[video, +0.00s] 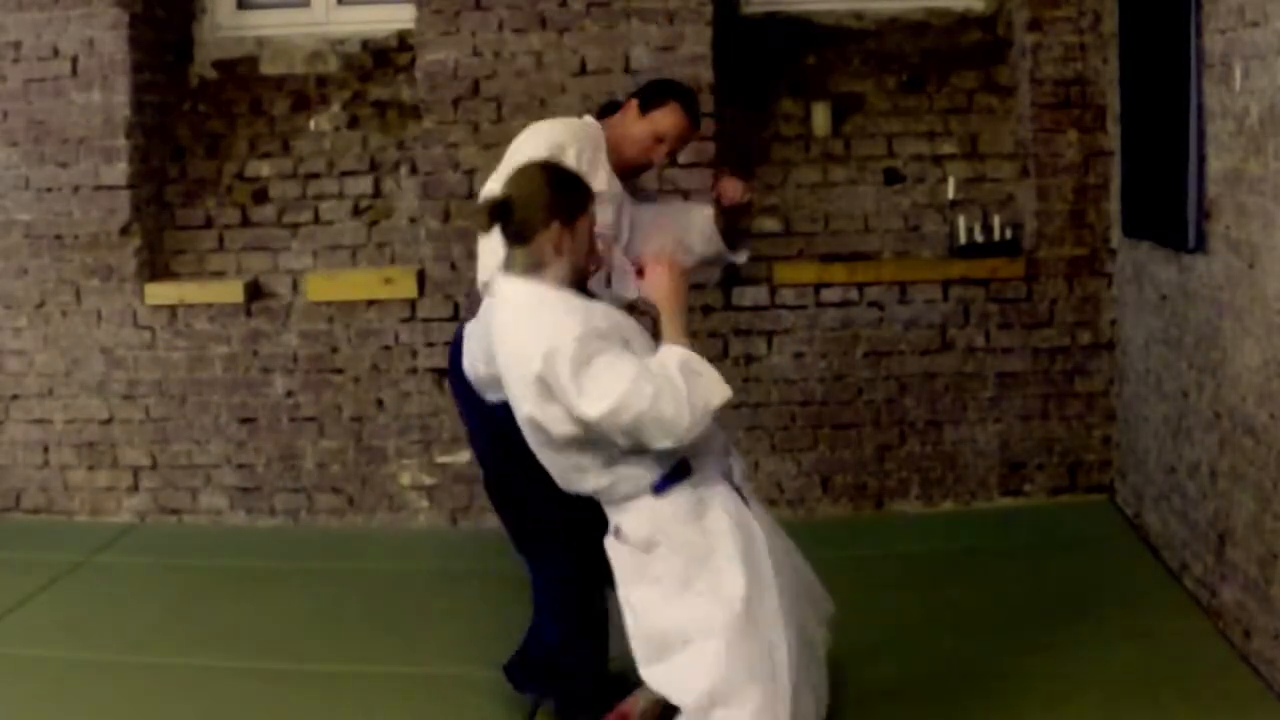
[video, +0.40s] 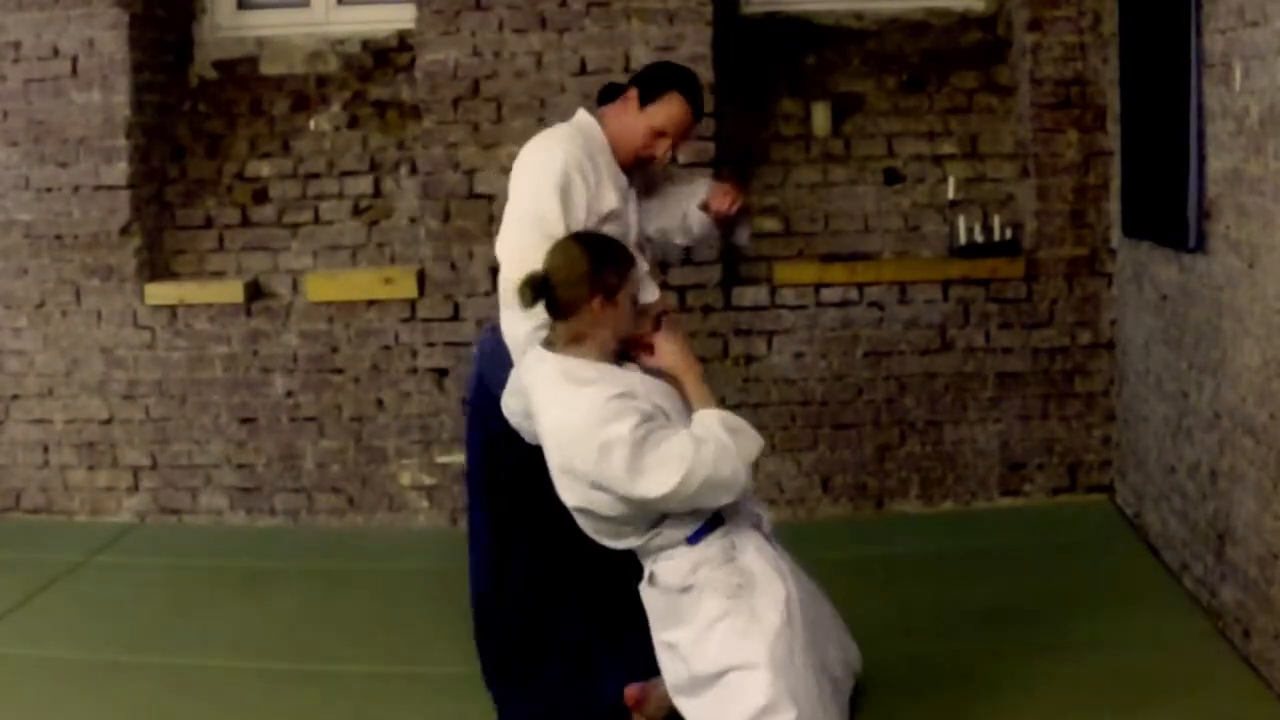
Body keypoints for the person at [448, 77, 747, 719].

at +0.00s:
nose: (661, 161)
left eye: (672, 152)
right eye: (660, 142)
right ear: (631, 112)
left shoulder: (622, 186)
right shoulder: (554, 145)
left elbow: (651, 240)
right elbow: (501, 222)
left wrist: (717, 215)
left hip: (554, 364)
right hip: (488, 356)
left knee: (580, 524)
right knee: (557, 528)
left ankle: (556, 672)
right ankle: (562, 681)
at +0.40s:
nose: (665, 154)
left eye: (676, 143)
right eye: (663, 135)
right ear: (631, 102)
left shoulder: (614, 164)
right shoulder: (555, 158)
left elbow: (646, 216)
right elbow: (526, 289)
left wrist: (703, 208)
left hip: (580, 367)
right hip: (522, 372)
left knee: (601, 547)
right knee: (532, 555)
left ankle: (614, 680)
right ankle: (540, 698)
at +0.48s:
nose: (670, 151)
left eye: (681, 140)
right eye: (668, 133)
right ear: (635, 102)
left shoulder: (613, 162)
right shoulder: (565, 159)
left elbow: (648, 215)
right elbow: (538, 288)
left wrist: (705, 205)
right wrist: (578, 397)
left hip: (583, 367)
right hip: (534, 373)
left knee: (601, 545)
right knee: (545, 553)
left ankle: (611, 686)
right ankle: (553, 695)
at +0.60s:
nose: (682, 149)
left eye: (693, 139)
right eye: (684, 131)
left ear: (649, 105)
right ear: (650, 102)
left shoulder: (617, 161)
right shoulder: (581, 165)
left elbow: (642, 217)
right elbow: (564, 306)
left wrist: (706, 201)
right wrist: (627, 397)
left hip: (590, 363)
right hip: (548, 367)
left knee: (604, 540)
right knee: (558, 548)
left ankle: (598, 692)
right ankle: (549, 697)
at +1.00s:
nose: (710, 156)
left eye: (721, 144)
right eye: (711, 136)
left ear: (677, 106)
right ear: (680, 103)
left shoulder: (627, 147)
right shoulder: (619, 155)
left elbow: (662, 227)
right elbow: (599, 291)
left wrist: (726, 198)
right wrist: (660, 363)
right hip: (571, 358)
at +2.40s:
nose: (677, 131)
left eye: (685, 116)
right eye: (679, 110)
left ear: (626, 87)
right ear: (643, 87)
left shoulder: (522, 143)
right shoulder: (626, 148)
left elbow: (480, 237)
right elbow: (648, 280)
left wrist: (527, 303)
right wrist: (694, 389)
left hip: (523, 338)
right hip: (598, 327)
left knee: (541, 525)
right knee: (676, 497)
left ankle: (540, 694)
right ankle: (640, 594)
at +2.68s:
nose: (681, 132)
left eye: (690, 117)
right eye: (686, 111)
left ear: (632, 82)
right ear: (652, 85)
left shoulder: (523, 138)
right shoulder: (631, 142)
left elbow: (486, 244)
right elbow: (652, 263)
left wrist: (531, 303)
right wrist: (700, 362)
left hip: (521, 334)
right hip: (602, 323)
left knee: (529, 520)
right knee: (658, 482)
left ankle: (540, 690)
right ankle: (629, 579)